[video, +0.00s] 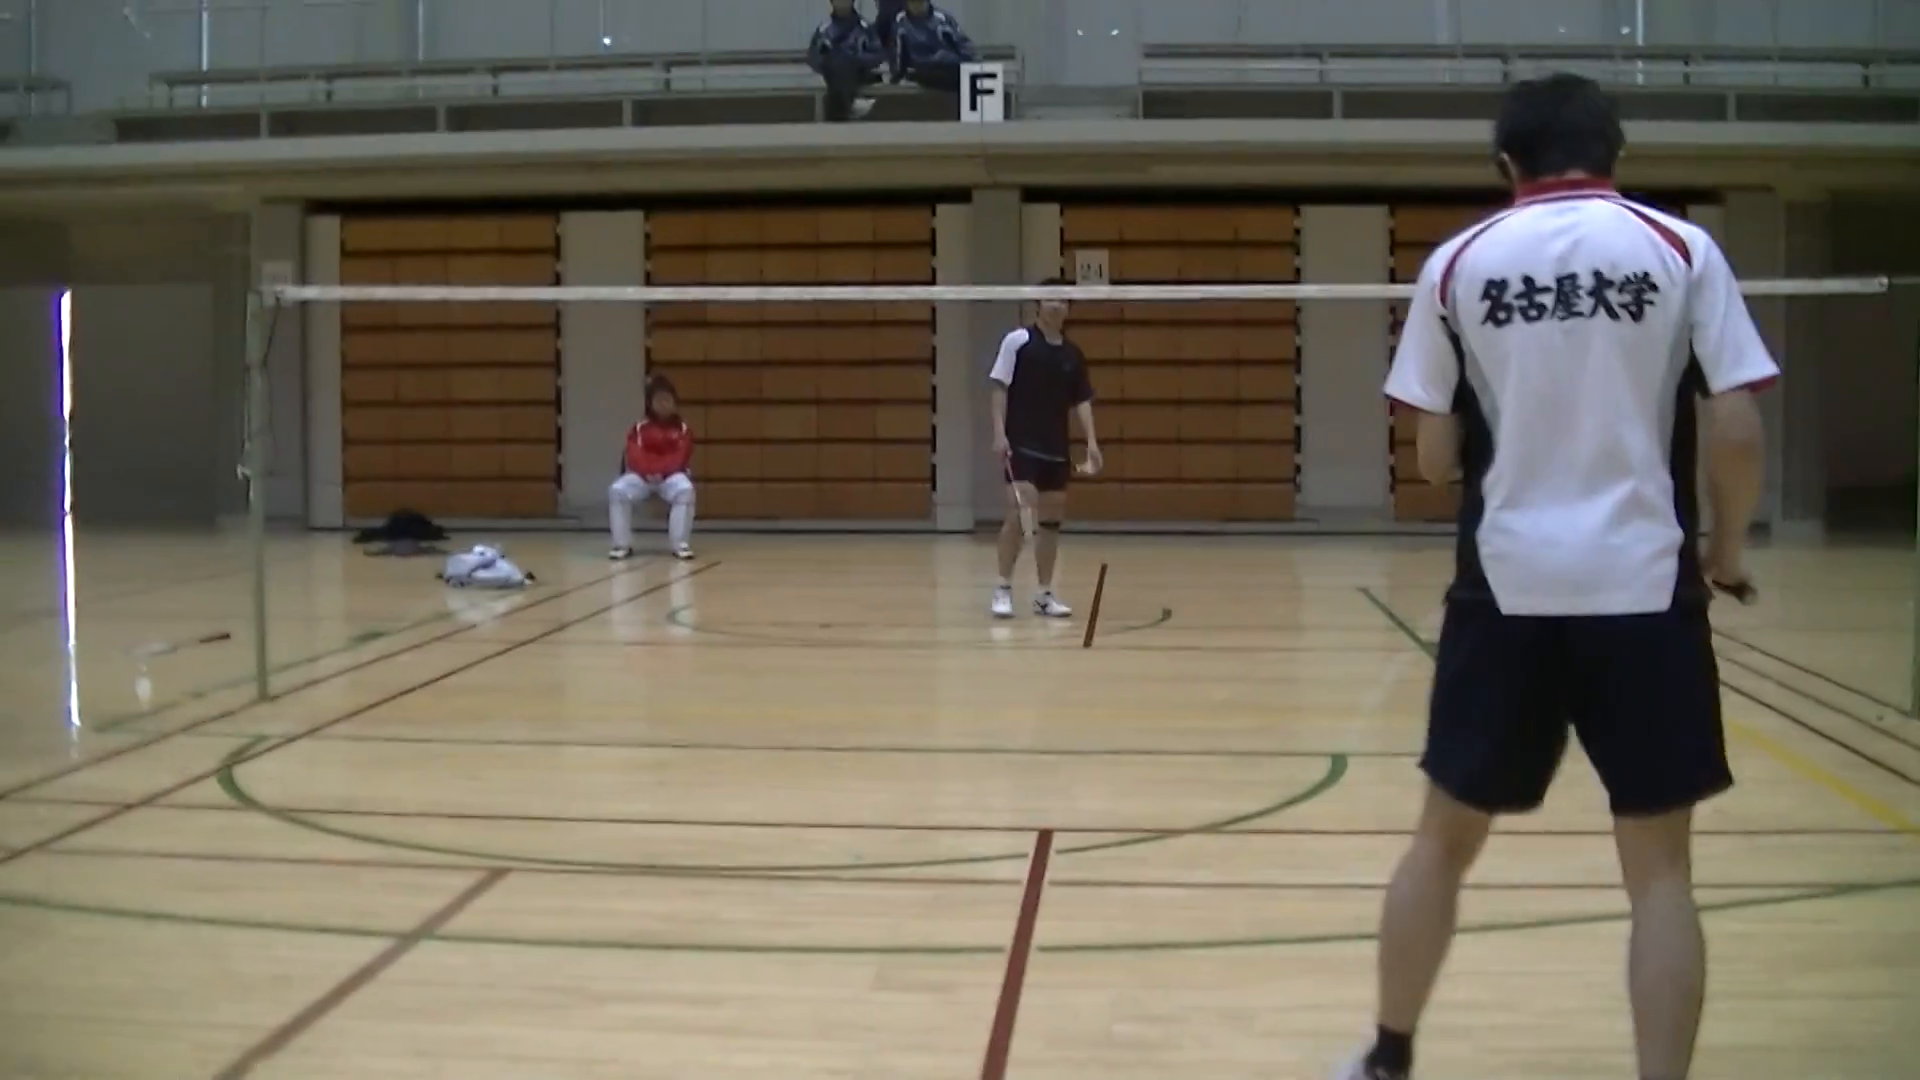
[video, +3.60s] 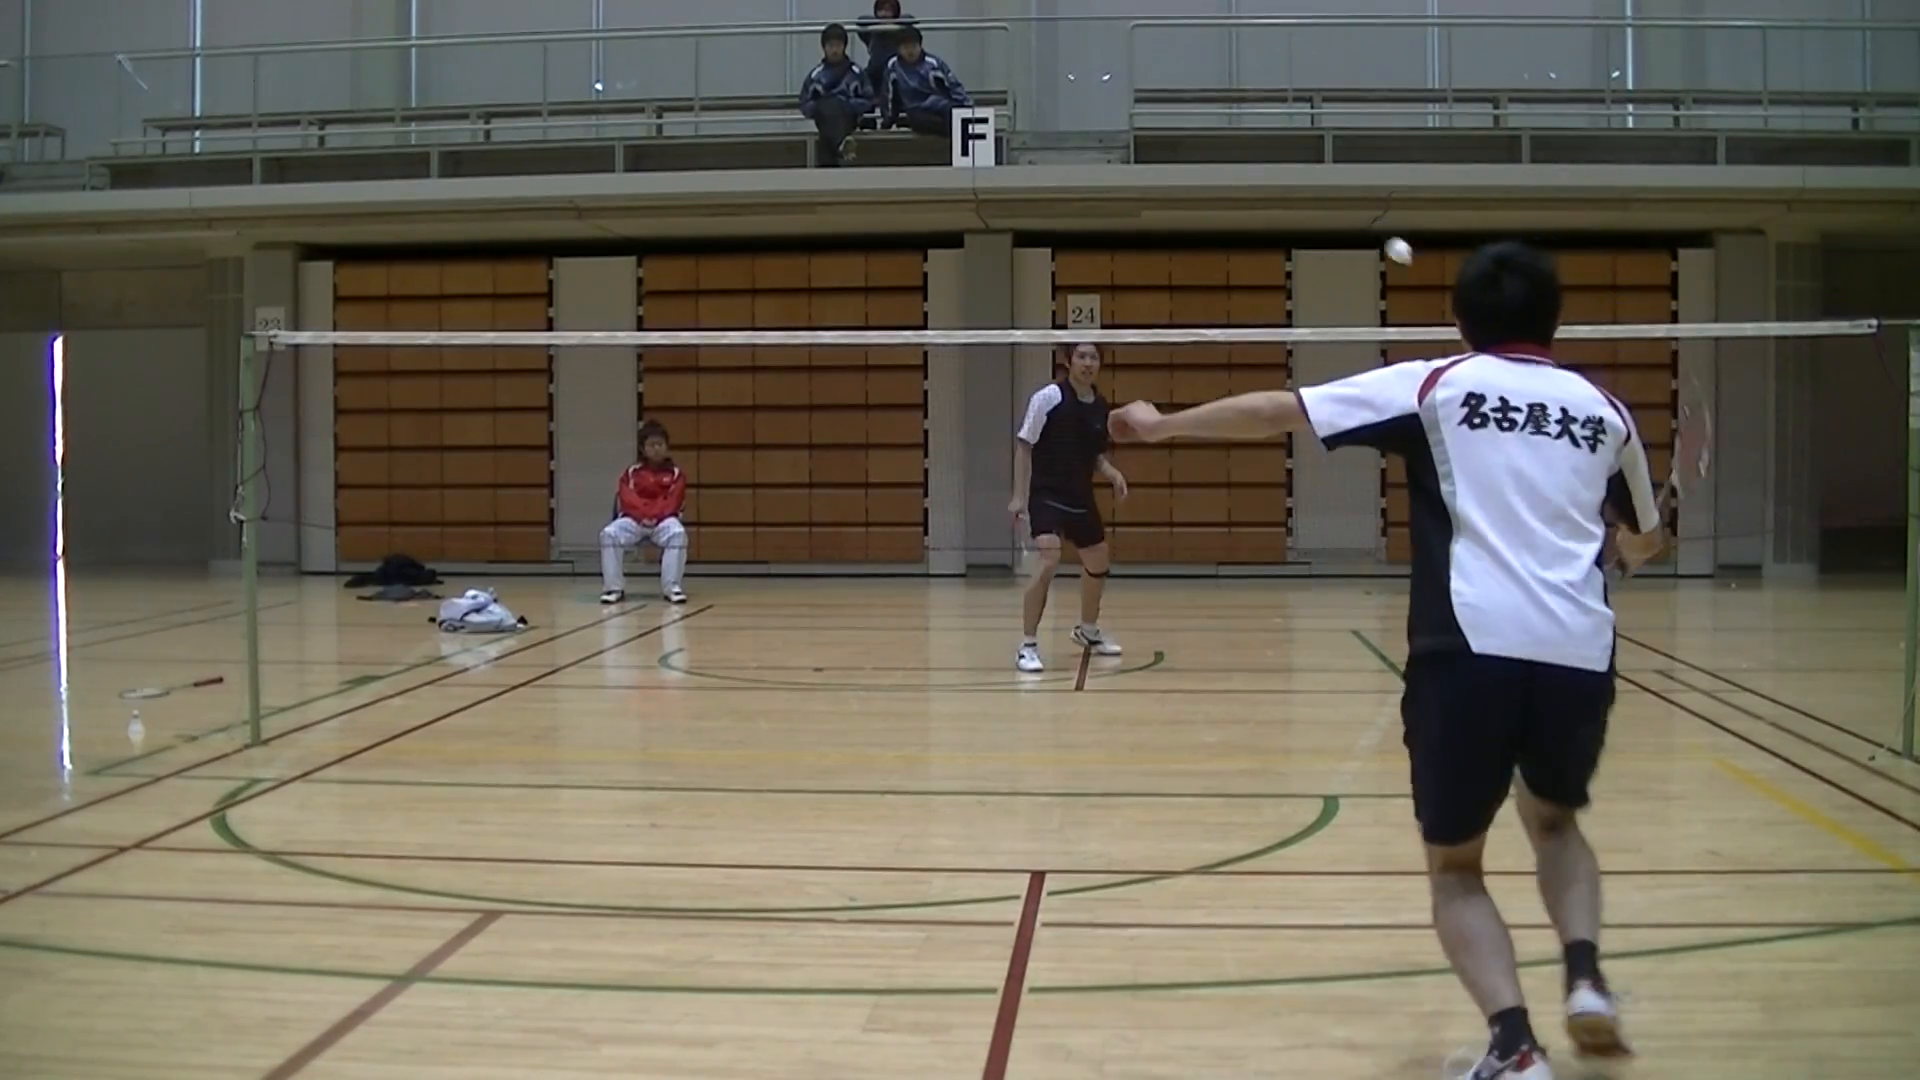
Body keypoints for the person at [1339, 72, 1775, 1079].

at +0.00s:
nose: (1506, 173)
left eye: (1503, 159)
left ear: (1508, 165)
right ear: (1613, 158)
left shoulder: (1458, 264)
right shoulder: (1686, 250)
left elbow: (1437, 458)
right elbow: (1735, 429)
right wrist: (1726, 550)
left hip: (1505, 604)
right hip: (1645, 606)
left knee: (1440, 842)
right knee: (1659, 872)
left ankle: (1388, 1058)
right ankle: (1663, 1078)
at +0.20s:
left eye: (1523, 179)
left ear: (1529, 183)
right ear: (1634, 174)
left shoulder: (1481, 287)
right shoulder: (1715, 276)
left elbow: (1462, 479)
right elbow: (1786, 457)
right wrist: (1770, 566)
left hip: (1539, 637)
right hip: (1675, 636)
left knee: (1530, 860)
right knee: (1673, 902)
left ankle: (1538, 1031)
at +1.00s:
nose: (1542, 182)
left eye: (1538, 169)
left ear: (1541, 178)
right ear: (1651, 173)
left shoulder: (1485, 298)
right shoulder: (1726, 299)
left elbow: (1453, 500)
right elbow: (1769, 498)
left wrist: (1504, 587)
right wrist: (1767, 654)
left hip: (1528, 665)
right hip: (1668, 669)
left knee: (1545, 905)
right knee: (1661, 934)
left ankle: (1542, 1077)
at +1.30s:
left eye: (1566, 177)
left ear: (1561, 190)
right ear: (1675, 186)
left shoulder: (1497, 312)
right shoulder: (1729, 317)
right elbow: (1780, 517)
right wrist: (1800, 678)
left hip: (1533, 666)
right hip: (1671, 672)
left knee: (1540, 870)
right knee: (1663, 937)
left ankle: (1525, 1064)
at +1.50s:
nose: (1526, 232)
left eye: (1521, 219)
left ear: (1522, 230)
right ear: (1626, 219)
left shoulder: (1477, 343)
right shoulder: (1692, 330)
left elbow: (1371, 484)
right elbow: (1792, 470)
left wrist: (1325, 515)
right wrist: (1820, 549)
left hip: (1529, 671)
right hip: (1661, 670)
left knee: (1536, 869)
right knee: (1658, 936)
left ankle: (1530, 1064)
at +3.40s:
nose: (1484, 324)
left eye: (1483, 311)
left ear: (1486, 321)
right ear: (1579, 315)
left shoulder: (1446, 403)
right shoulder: (1640, 405)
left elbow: (1317, 494)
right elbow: (1702, 526)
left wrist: (1245, 529)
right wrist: (1660, 515)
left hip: (1494, 688)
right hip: (1623, 685)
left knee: (1479, 869)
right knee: (1639, 915)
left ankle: (1519, 1058)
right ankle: (1658, 1071)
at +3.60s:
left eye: (1460, 316)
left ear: (1465, 323)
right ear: (1553, 323)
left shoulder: (1428, 383)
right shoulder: (1605, 411)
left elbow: (1287, 410)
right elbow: (1644, 539)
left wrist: (1164, 424)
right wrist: (1610, 533)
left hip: (1464, 659)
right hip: (1577, 662)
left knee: (1458, 870)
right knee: (1556, 817)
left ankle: (1514, 1044)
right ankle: (1586, 978)